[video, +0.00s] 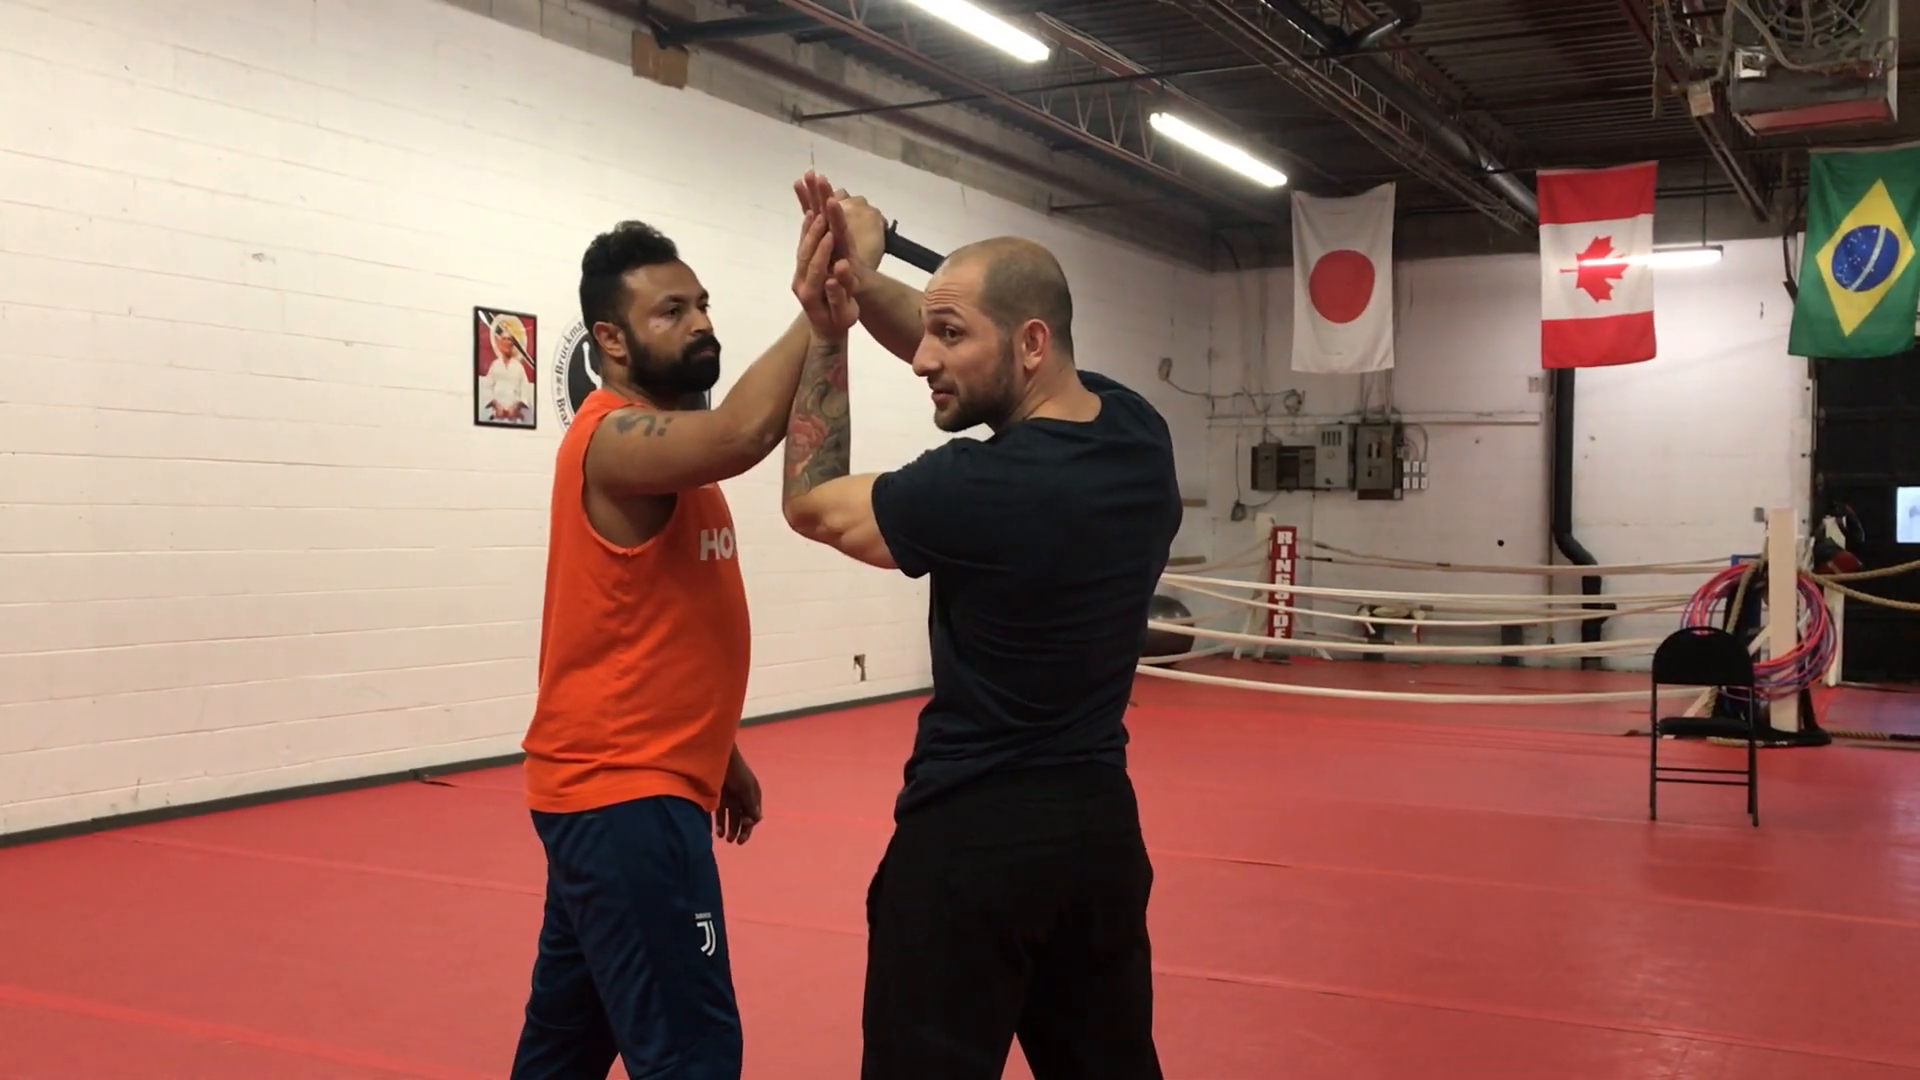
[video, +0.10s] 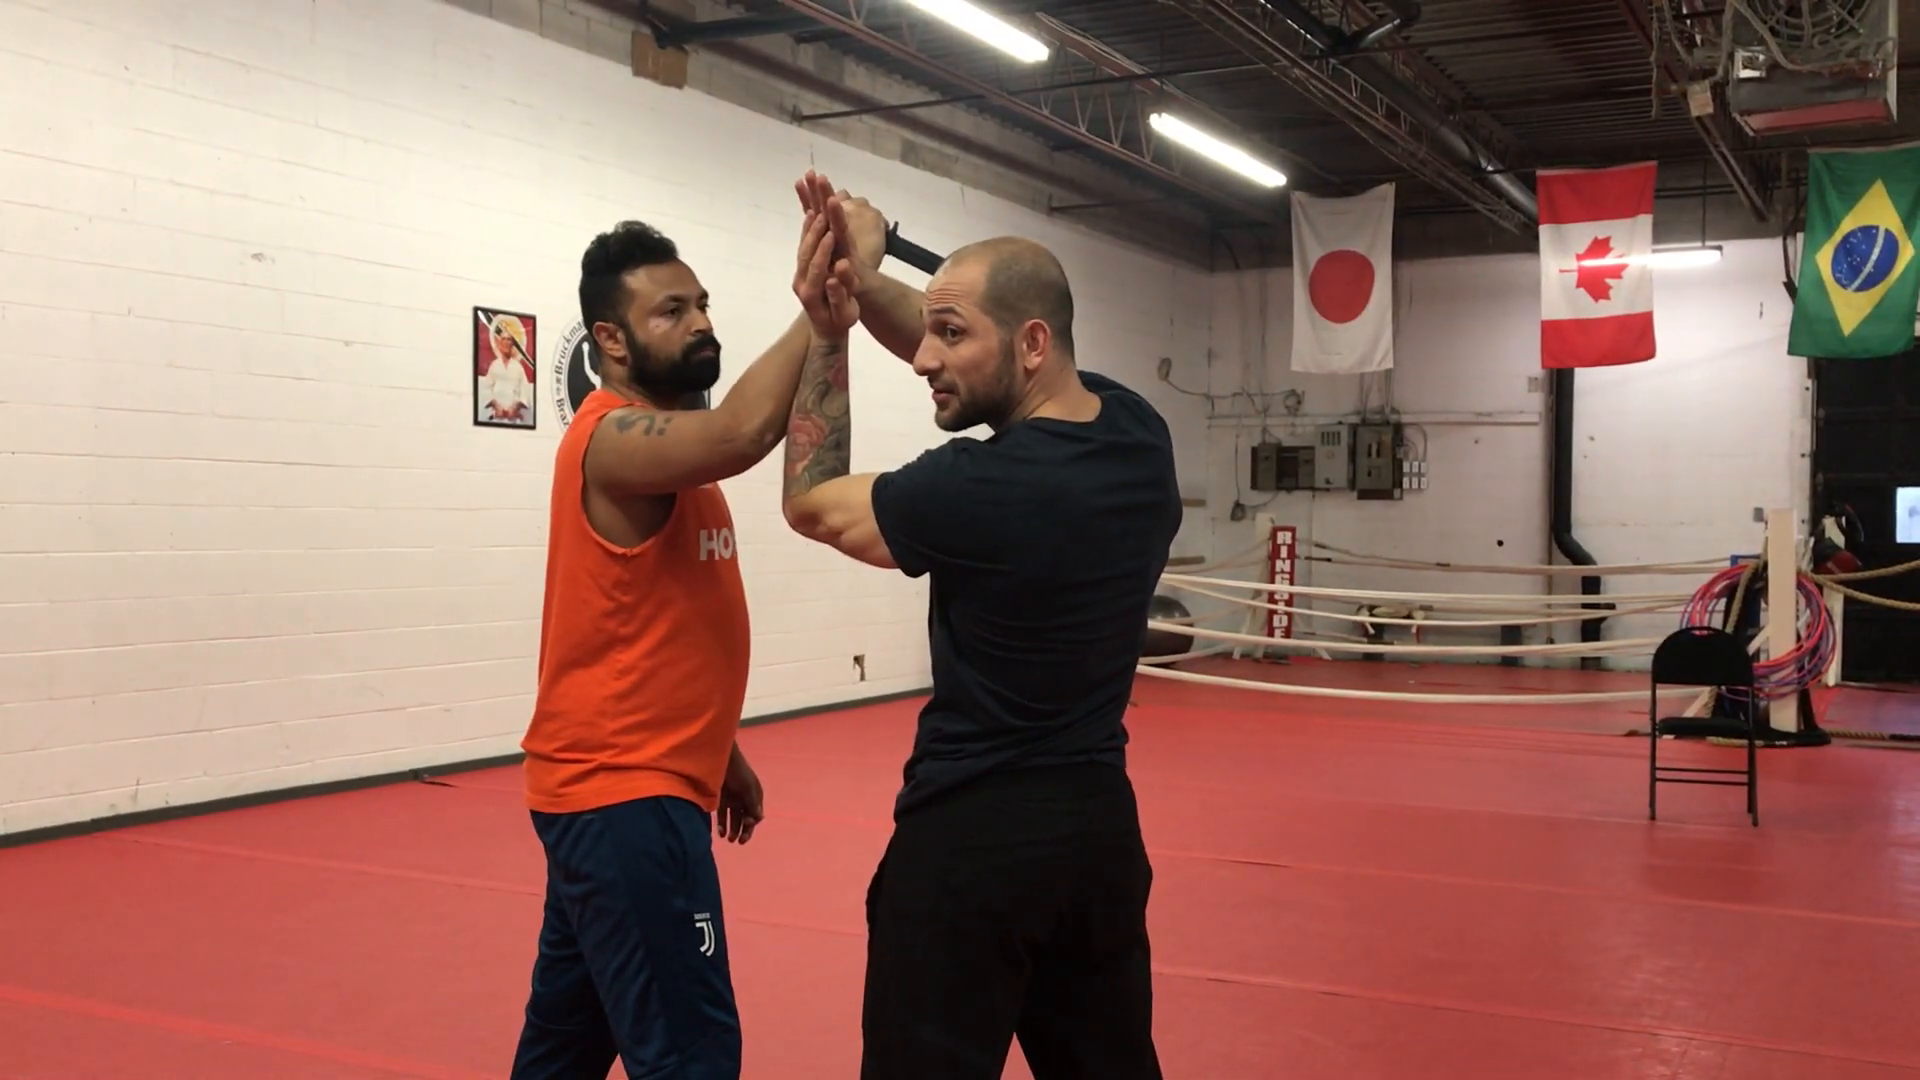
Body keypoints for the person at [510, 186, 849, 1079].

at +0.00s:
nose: (702, 325)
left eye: (701, 305)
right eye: (673, 312)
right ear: (611, 338)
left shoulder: (654, 432)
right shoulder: (615, 430)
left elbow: (647, 625)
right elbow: (736, 435)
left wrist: (716, 750)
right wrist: (819, 316)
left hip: (641, 785)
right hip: (619, 792)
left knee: (564, 1050)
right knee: (693, 1055)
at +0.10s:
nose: (702, 327)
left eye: (702, 306)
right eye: (673, 312)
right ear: (610, 339)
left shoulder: (658, 433)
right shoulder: (613, 431)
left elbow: (649, 622)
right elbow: (738, 433)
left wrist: (719, 748)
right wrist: (818, 316)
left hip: (643, 785)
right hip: (618, 791)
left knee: (564, 1051)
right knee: (692, 1055)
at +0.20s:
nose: (702, 324)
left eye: (701, 303)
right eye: (671, 311)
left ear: (703, 308)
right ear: (611, 338)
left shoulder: (656, 434)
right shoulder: (613, 432)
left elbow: (650, 628)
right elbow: (739, 433)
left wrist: (719, 748)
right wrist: (822, 309)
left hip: (633, 788)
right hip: (621, 794)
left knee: (564, 1051)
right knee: (693, 1054)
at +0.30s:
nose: (699, 325)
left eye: (700, 304)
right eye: (669, 312)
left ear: (704, 308)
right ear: (610, 340)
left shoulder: (658, 433)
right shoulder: (614, 435)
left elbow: (650, 625)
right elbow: (739, 434)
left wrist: (719, 748)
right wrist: (820, 314)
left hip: (637, 787)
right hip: (620, 793)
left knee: (565, 1050)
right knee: (695, 1054)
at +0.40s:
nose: (695, 325)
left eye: (697, 304)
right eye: (664, 313)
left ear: (705, 308)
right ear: (608, 341)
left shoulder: (656, 435)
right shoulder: (616, 435)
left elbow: (650, 624)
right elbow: (742, 432)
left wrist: (717, 749)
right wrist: (820, 315)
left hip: (636, 787)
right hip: (621, 792)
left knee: (565, 1050)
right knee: (695, 1055)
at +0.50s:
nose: (692, 323)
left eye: (695, 302)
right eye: (661, 312)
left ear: (703, 307)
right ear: (606, 343)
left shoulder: (654, 436)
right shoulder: (616, 434)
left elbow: (650, 625)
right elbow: (741, 431)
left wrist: (716, 753)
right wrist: (823, 313)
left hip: (635, 787)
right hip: (622, 792)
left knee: (566, 1050)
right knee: (696, 1055)